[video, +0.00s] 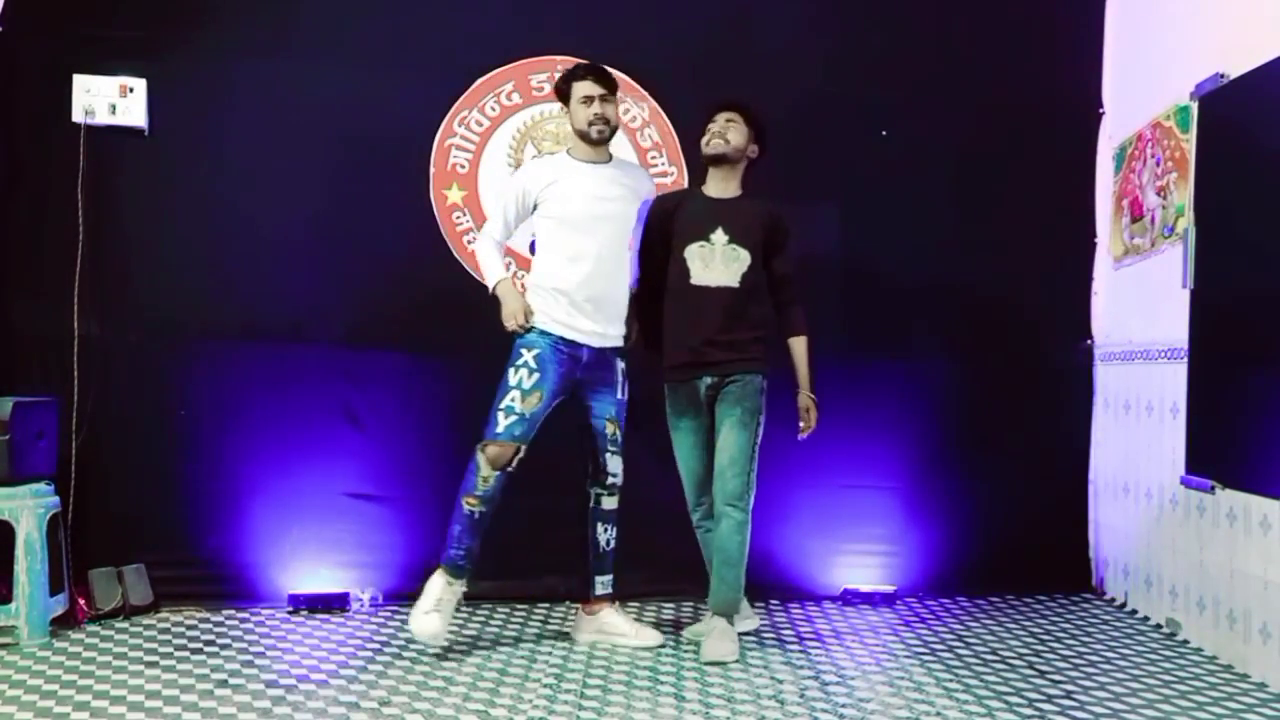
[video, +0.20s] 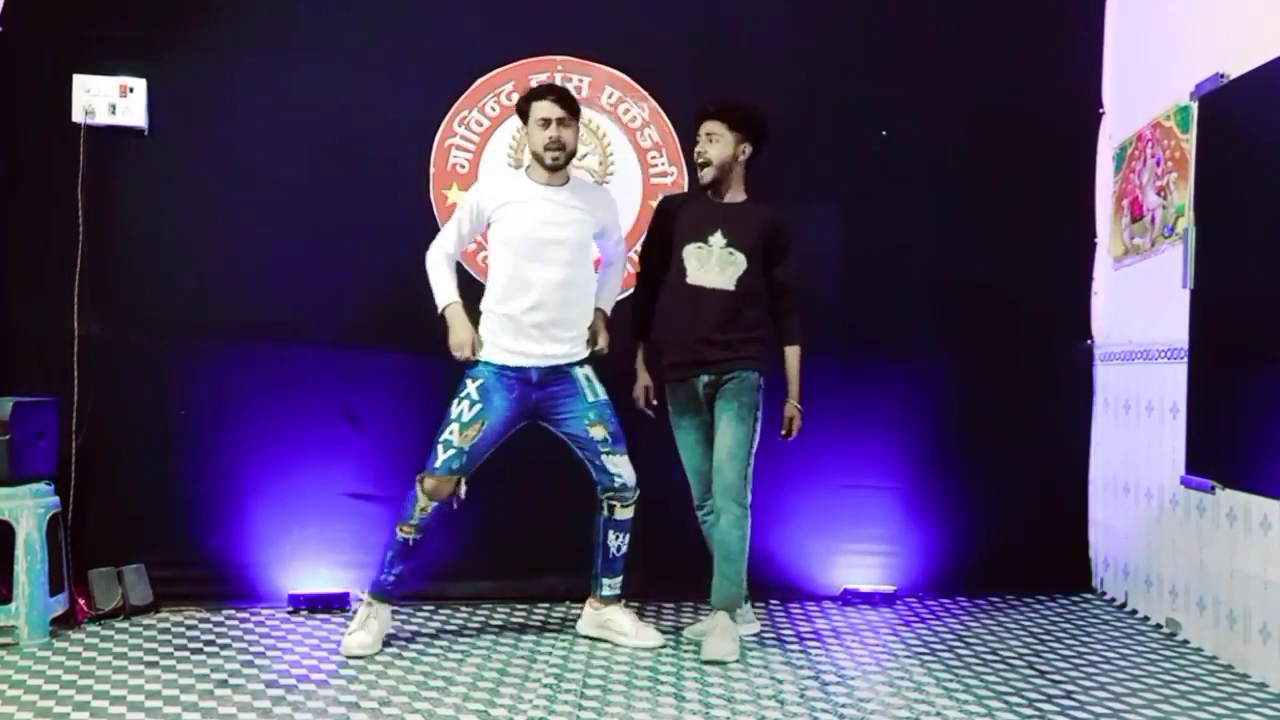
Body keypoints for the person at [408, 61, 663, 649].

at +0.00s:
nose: (599, 110)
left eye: (606, 100)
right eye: (587, 102)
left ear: (618, 109)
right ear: (567, 113)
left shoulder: (638, 182)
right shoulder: (540, 174)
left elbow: (642, 257)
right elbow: (490, 239)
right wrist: (506, 285)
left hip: (610, 346)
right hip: (548, 335)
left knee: (611, 474)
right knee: (497, 453)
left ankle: (599, 604)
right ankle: (450, 578)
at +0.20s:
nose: (556, 134)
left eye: (565, 124)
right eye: (545, 124)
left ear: (578, 131)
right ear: (524, 133)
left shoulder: (597, 199)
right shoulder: (494, 194)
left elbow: (615, 259)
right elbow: (439, 254)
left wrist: (601, 312)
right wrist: (455, 315)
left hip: (569, 370)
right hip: (497, 368)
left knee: (620, 482)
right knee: (436, 483)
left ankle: (604, 606)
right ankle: (377, 606)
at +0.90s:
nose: (487, 145)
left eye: (484, 137)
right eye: (477, 138)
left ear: (456, 148)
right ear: (443, 149)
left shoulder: (507, 207)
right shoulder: (404, 228)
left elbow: (531, 274)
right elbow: (400, 323)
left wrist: (489, 313)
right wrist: (466, 317)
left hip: (527, 375)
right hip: (454, 382)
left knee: (586, 478)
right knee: (413, 494)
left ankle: (615, 604)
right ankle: (376, 609)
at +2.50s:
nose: (632, 123)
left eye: (633, 114)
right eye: (623, 112)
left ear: (613, 119)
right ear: (587, 113)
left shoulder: (629, 184)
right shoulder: (541, 175)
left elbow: (660, 241)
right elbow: (469, 226)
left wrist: (639, 268)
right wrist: (519, 285)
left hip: (626, 351)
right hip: (566, 350)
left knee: (616, 481)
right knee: (549, 481)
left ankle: (615, 604)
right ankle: (516, 612)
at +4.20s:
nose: (588, 150)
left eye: (597, 139)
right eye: (578, 141)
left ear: (615, 128)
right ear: (561, 132)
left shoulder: (645, 188)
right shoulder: (550, 181)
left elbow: (691, 251)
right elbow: (492, 156)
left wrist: (661, 260)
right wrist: (542, 114)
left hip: (624, 353)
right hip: (559, 350)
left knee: (617, 480)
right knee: (542, 478)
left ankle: (615, 604)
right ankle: (516, 610)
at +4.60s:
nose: (585, 151)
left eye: (594, 140)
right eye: (575, 141)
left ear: (613, 128)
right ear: (558, 134)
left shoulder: (645, 188)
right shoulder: (547, 180)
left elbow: (689, 246)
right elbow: (489, 154)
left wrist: (657, 259)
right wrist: (542, 114)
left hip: (622, 355)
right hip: (556, 352)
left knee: (615, 479)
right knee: (541, 478)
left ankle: (616, 604)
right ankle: (516, 610)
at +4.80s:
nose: (584, 145)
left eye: (593, 135)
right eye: (575, 135)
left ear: (612, 131)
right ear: (561, 130)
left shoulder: (637, 191)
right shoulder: (547, 182)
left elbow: (686, 253)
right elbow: (491, 153)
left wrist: (665, 257)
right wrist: (542, 114)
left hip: (621, 355)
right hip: (556, 352)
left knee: (614, 479)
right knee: (540, 479)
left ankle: (616, 604)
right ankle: (516, 610)